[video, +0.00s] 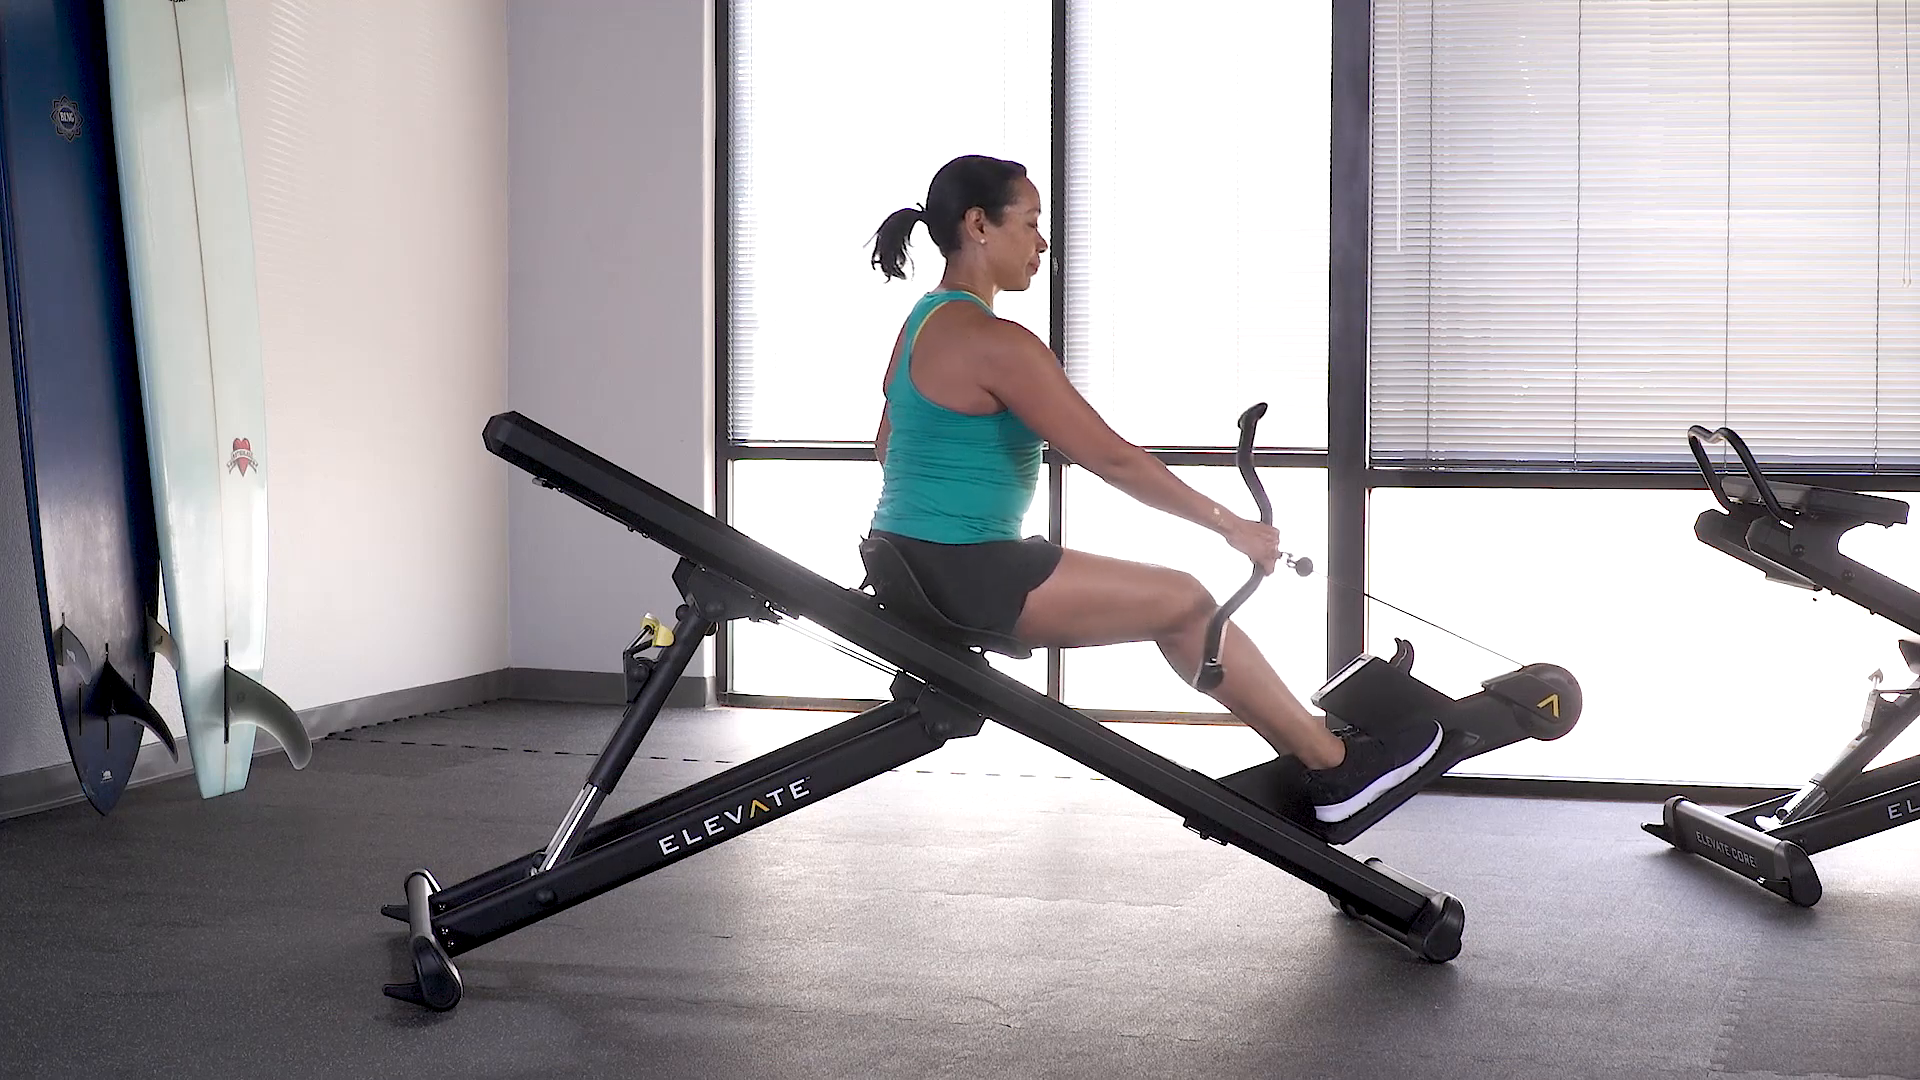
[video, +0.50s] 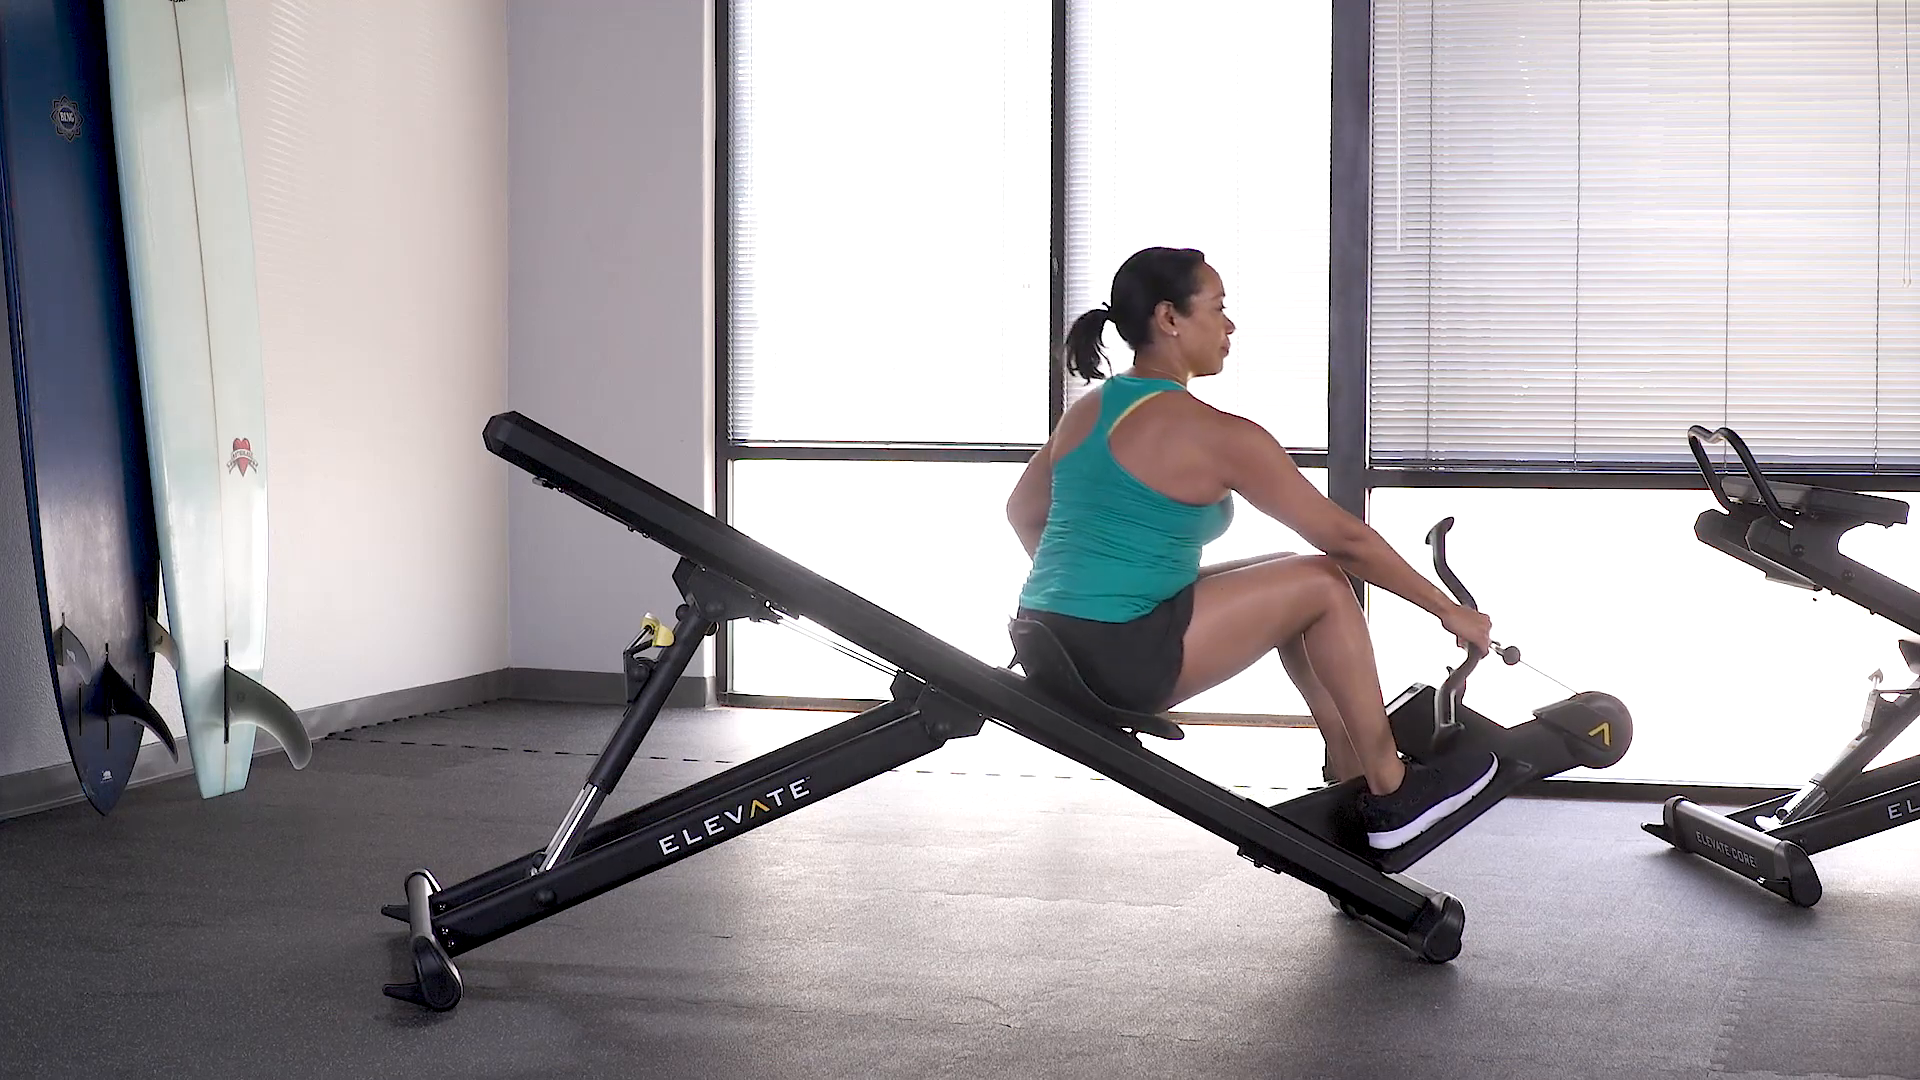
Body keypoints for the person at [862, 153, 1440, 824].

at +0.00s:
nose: (1041, 242)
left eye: (1038, 225)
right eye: (1029, 225)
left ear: (972, 231)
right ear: (975, 228)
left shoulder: (923, 326)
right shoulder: (1000, 344)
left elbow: (891, 447)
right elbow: (1111, 458)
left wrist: (1015, 440)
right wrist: (1232, 525)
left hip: (908, 562)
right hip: (957, 571)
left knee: (1174, 600)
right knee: (1182, 601)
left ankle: (1315, 743)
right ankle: (1332, 766)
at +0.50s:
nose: (1230, 324)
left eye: (1224, 307)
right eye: (1217, 308)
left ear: (1162, 321)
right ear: (1168, 320)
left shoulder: (1088, 409)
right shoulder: (1222, 435)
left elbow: (1024, 511)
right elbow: (1345, 538)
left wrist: (1075, 586)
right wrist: (1448, 610)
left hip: (1044, 636)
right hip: (1119, 651)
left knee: (1297, 578)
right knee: (1326, 586)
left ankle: (1349, 763)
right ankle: (1391, 787)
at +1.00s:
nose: (1174, 286)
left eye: (1166, 271)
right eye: (1159, 273)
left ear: (1102, 294)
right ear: (1109, 292)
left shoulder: (1047, 379)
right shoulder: (1164, 403)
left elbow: (990, 482)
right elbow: (1274, 521)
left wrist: (1046, 556)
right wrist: (1381, 582)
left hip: (997, 610)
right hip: (1071, 624)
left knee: (1258, 584)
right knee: (1280, 582)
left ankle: (1335, 763)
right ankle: (1374, 777)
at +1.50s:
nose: (938, 174)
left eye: (932, 158)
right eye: (924, 158)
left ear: (872, 170)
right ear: (870, 168)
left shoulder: (860, 256)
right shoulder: (837, 255)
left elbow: (824, 376)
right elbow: (796, 373)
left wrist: (928, 406)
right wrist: (923, 404)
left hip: (864, 495)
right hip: (839, 505)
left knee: (1059, 589)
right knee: (1056, 596)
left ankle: (1232, 721)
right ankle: (1240, 728)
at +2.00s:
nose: (1004, 218)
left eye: (998, 201)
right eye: (991, 201)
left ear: (935, 211)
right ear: (937, 210)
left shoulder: (911, 304)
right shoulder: (922, 314)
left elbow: (942, 445)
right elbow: (942, 443)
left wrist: (1050, 465)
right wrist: (1067, 461)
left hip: (908, 542)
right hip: (917, 551)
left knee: (1144, 568)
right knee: (1151, 566)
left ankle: (1268, 727)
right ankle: (1291, 743)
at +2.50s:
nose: (1223, 322)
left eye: (1217, 305)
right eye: (1211, 306)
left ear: (1157, 320)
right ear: (1162, 318)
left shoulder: (1100, 404)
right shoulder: (1205, 430)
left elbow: (1026, 511)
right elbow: (1326, 535)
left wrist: (1080, 590)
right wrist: (1430, 597)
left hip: (1045, 634)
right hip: (1116, 649)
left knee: (1297, 573)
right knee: (1326, 580)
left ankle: (1346, 762)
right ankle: (1388, 787)